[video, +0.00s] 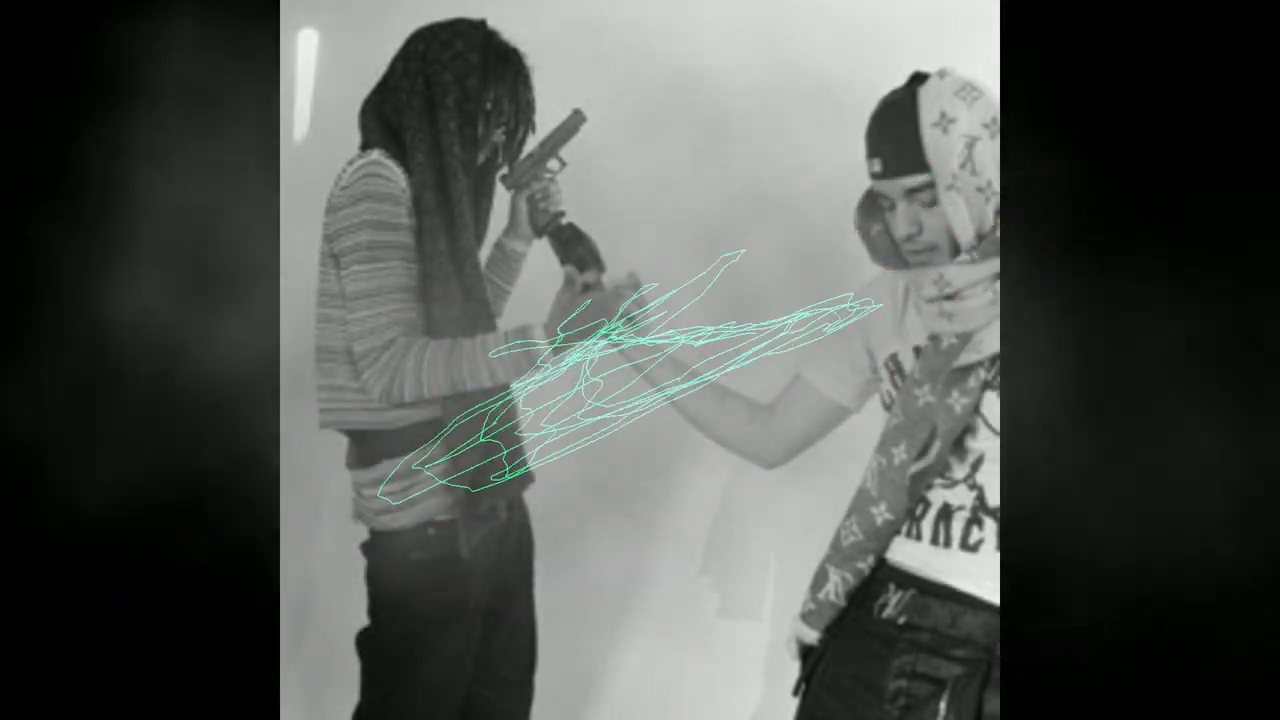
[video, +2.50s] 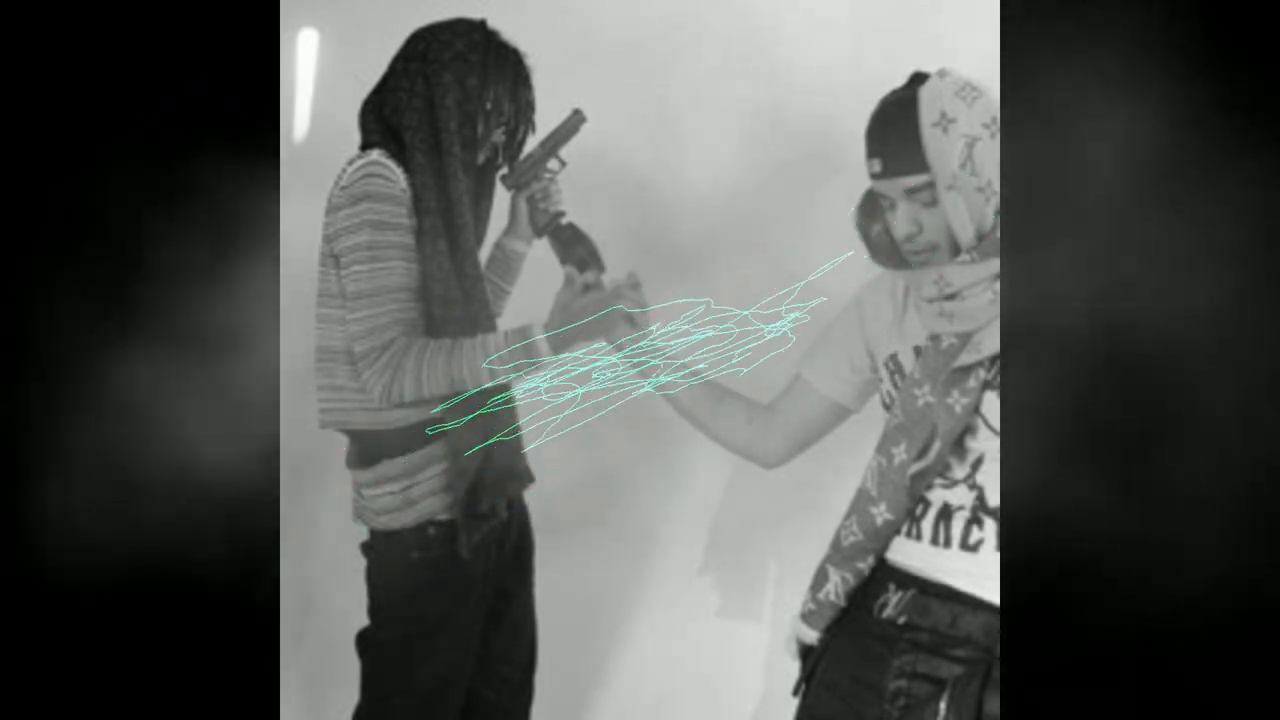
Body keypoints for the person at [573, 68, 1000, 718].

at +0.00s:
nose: (905, 227)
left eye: (924, 198)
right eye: (887, 204)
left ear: (982, 186)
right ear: (875, 206)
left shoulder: (1027, 300)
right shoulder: (900, 305)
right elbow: (768, 436)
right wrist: (631, 337)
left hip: (990, 647)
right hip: (877, 619)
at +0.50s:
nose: (902, 229)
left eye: (922, 199)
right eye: (885, 204)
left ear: (978, 188)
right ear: (874, 205)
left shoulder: (1038, 298)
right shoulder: (910, 308)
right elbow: (768, 436)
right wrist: (638, 345)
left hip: (995, 646)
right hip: (890, 619)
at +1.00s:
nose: (906, 228)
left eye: (927, 199)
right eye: (887, 206)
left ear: (981, 184)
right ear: (875, 207)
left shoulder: (1037, 293)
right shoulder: (891, 302)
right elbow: (768, 436)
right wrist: (641, 345)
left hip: (997, 638)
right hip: (883, 616)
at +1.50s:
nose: (904, 228)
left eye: (925, 199)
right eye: (886, 205)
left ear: (979, 184)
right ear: (873, 204)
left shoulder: (1037, 289)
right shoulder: (890, 305)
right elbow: (767, 436)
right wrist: (636, 340)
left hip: (1012, 641)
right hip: (888, 619)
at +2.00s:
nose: (904, 228)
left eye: (925, 200)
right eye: (886, 205)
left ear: (979, 183)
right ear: (874, 206)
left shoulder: (1037, 289)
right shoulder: (890, 302)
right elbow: (769, 436)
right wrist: (638, 343)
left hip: (996, 638)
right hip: (877, 611)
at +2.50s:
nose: (905, 228)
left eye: (926, 198)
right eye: (887, 204)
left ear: (982, 182)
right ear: (874, 203)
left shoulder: (1040, 292)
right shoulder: (892, 303)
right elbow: (769, 436)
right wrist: (638, 344)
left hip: (994, 642)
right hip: (879, 616)